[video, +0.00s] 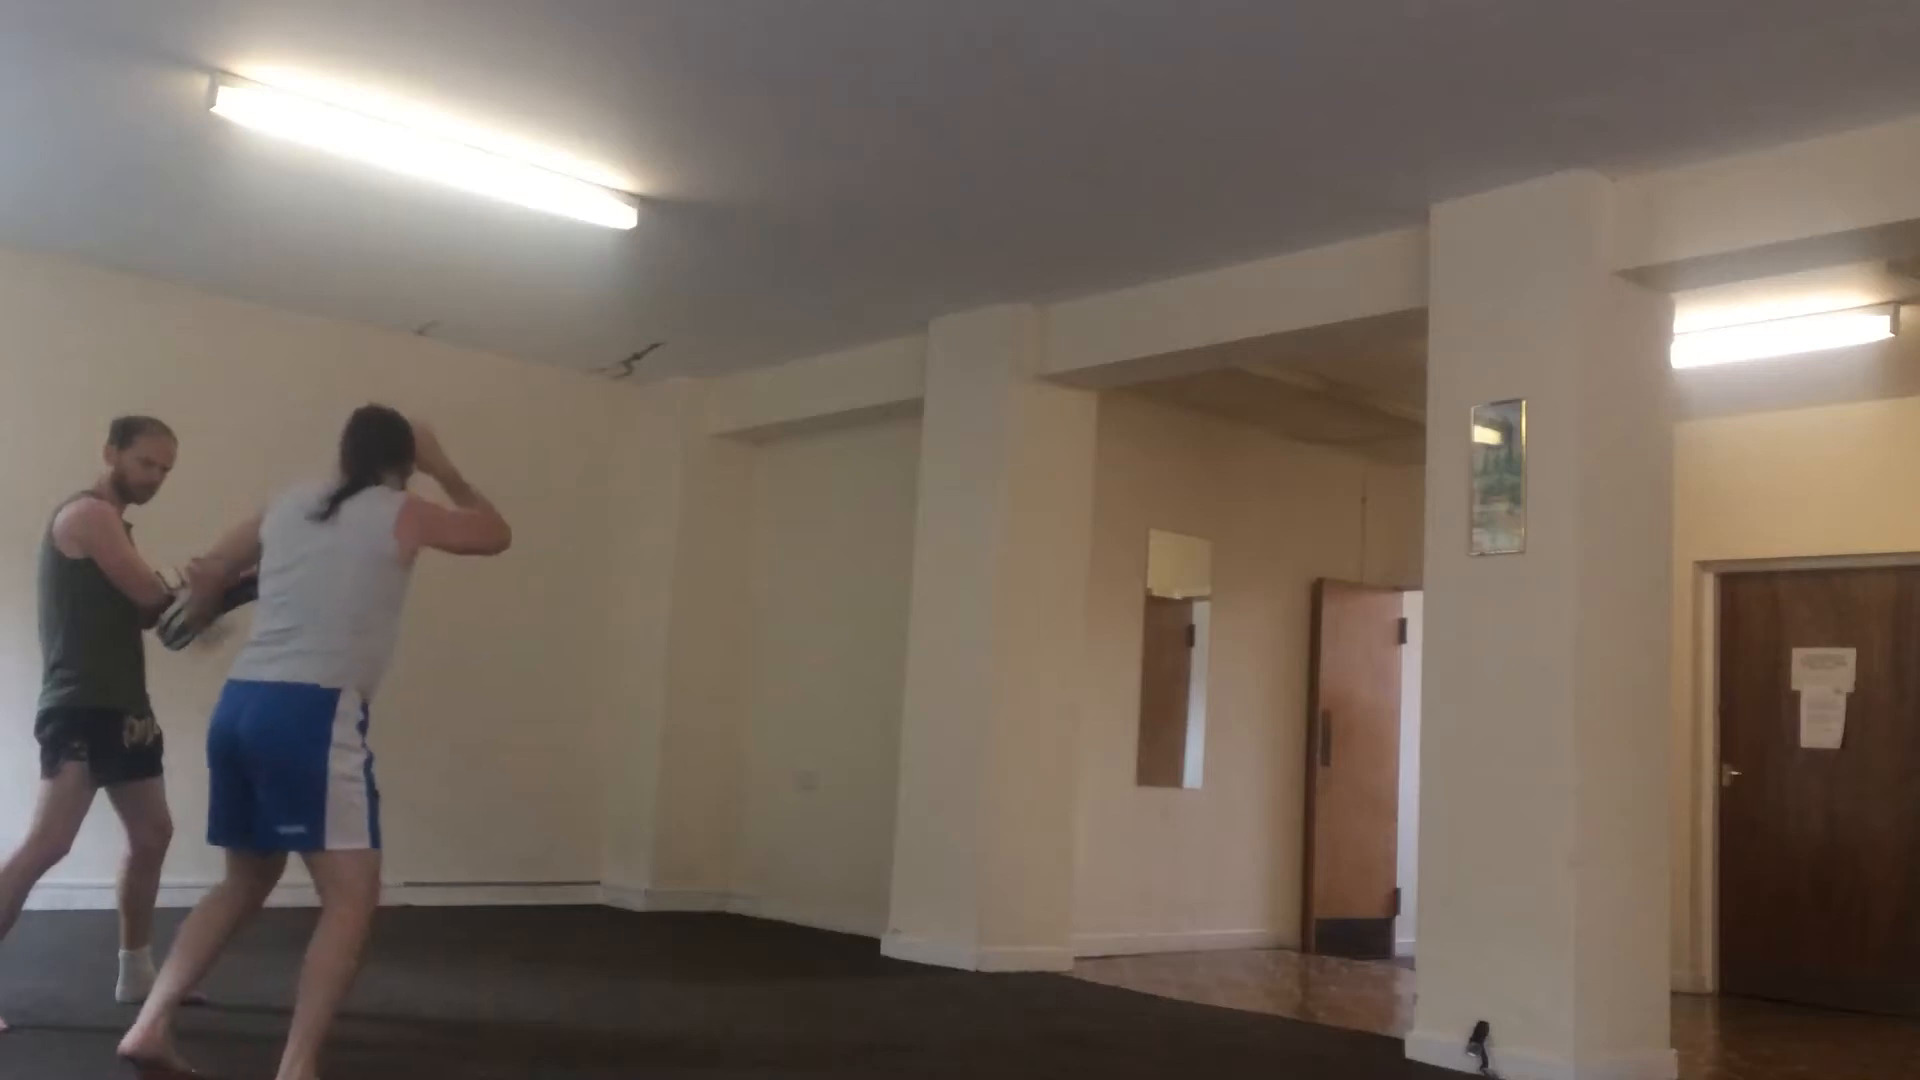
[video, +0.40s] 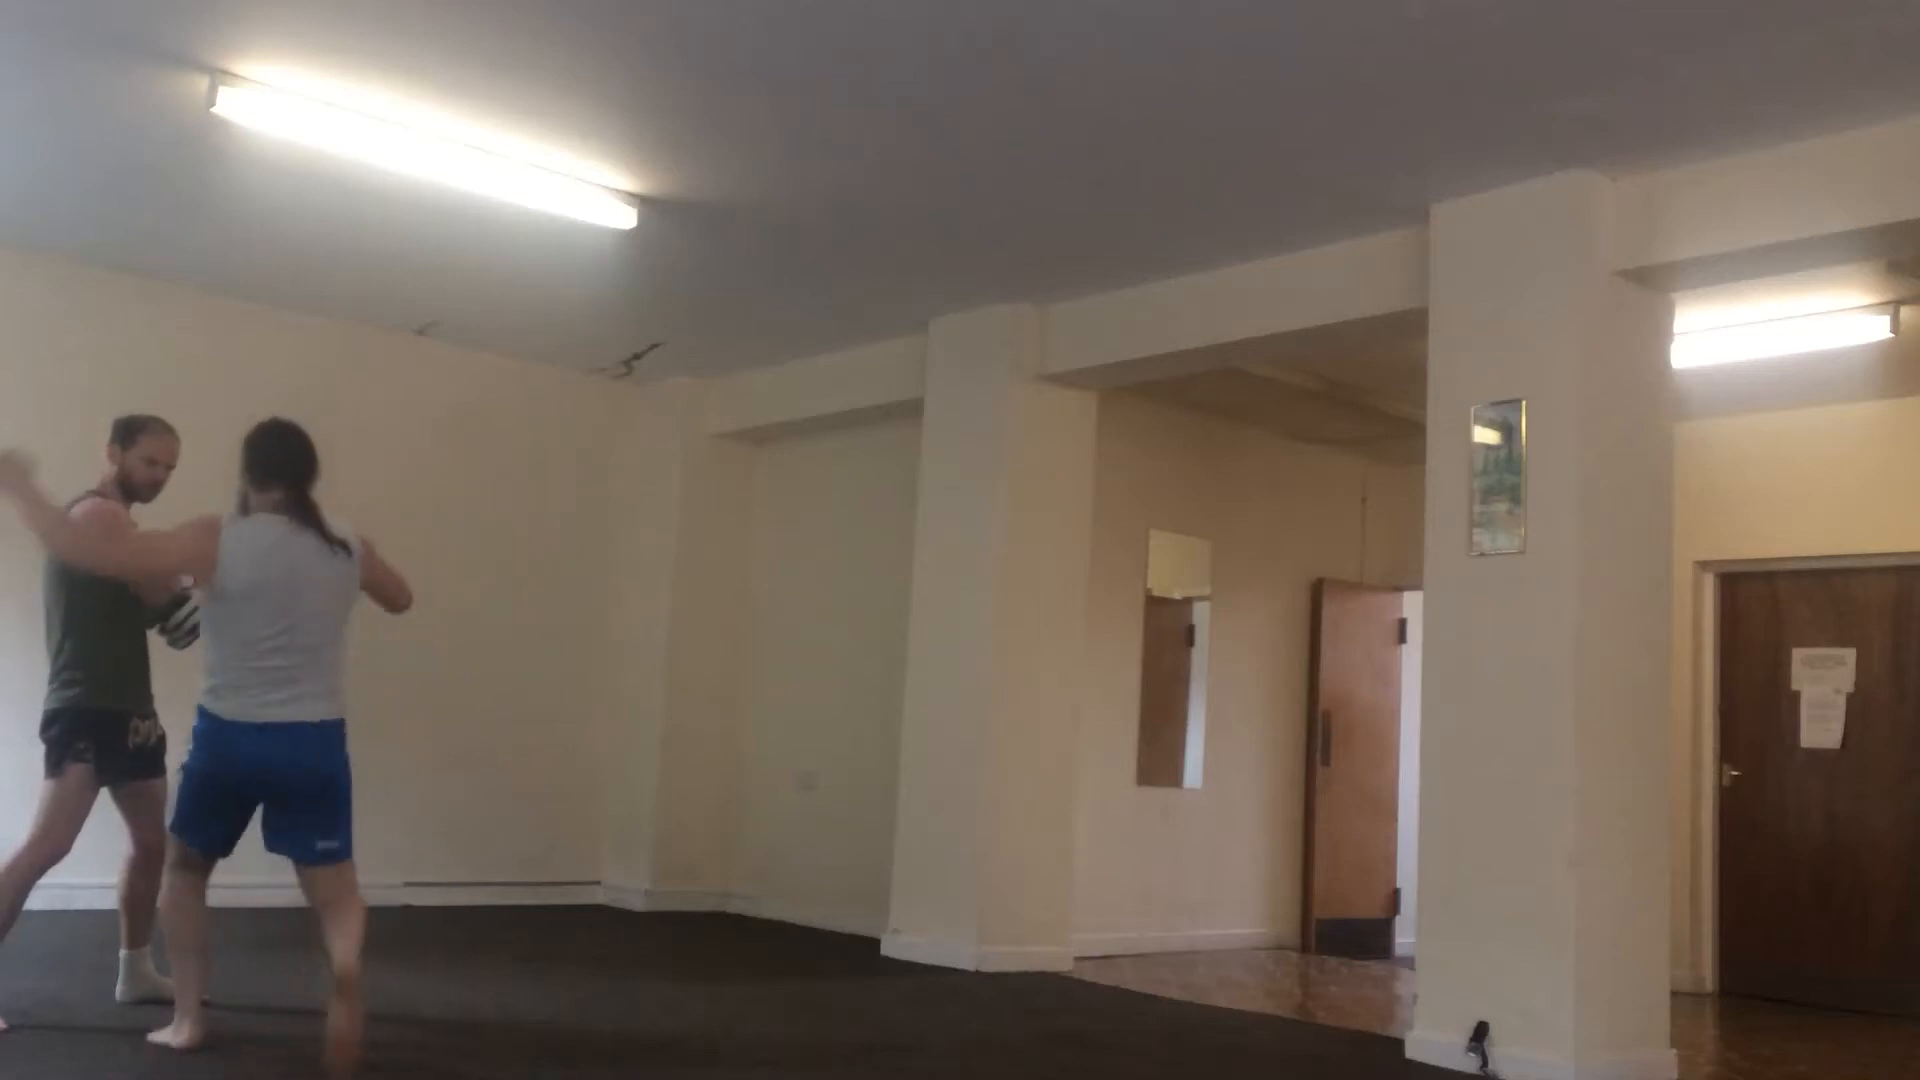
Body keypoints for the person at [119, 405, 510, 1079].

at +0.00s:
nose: (410, 473)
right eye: (410, 462)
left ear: (345, 455)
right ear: (406, 465)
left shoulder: (290, 505)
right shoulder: (404, 514)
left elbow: (208, 568)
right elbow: (495, 534)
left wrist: (209, 601)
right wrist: (441, 470)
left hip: (238, 715)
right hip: (319, 722)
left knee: (245, 877)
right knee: (351, 901)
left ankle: (149, 1026)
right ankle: (296, 1067)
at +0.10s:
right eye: (402, 473)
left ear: (338, 470)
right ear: (400, 480)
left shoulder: (275, 525)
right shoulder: (406, 534)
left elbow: (189, 606)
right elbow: (486, 550)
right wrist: (432, 483)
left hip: (231, 728)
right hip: (314, 736)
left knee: (247, 869)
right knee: (362, 903)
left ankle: (160, 1027)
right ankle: (298, 1065)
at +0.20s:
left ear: (315, 489)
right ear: (379, 496)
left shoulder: (263, 539)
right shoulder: (398, 556)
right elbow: (457, 561)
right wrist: (399, 503)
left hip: (225, 740)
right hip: (308, 750)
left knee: (230, 868)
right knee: (370, 911)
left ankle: (174, 1024)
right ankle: (300, 1066)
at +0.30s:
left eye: (287, 477)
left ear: (282, 483)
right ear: (349, 489)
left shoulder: (241, 538)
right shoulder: (369, 554)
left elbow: (117, 567)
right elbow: (414, 570)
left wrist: (18, 570)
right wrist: (363, 514)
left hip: (232, 747)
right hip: (313, 752)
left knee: (203, 873)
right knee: (335, 916)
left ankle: (189, 1021)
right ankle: (307, 1064)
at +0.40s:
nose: (239, 481)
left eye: (242, 471)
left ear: (248, 476)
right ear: (310, 478)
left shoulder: (217, 538)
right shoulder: (343, 551)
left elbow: (83, 546)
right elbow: (400, 598)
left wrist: (20, 486)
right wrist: (354, 554)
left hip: (228, 746)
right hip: (314, 747)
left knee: (186, 873)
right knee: (336, 889)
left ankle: (188, 1020)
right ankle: (347, 976)